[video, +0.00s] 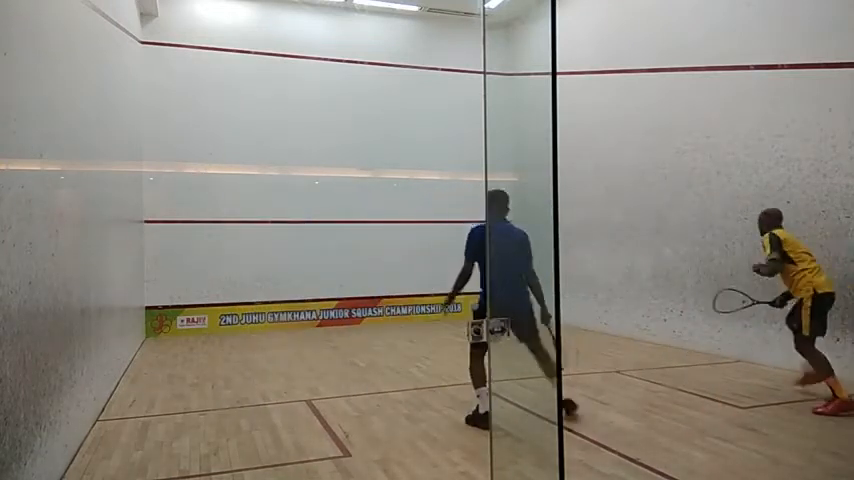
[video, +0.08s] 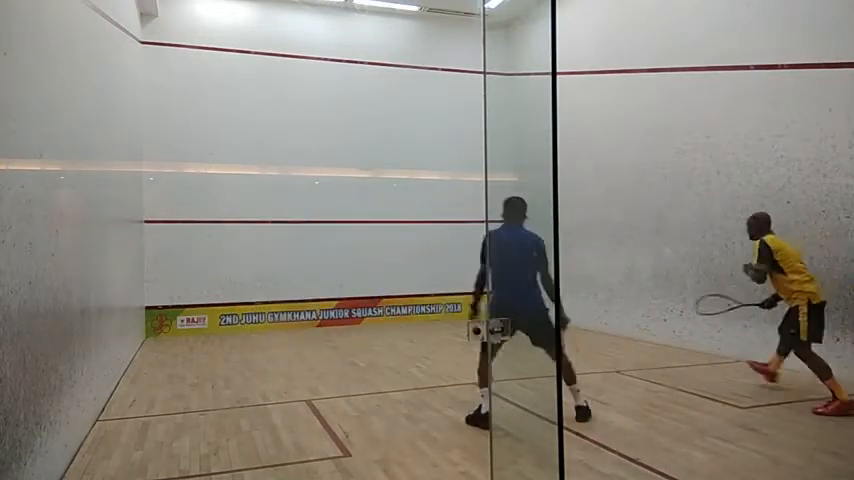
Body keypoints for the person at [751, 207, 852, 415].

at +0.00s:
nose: (759, 226)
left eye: (760, 222)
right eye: (760, 222)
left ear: (765, 222)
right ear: (777, 222)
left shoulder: (772, 236)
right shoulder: (786, 237)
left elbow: (773, 267)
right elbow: (803, 272)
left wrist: (759, 268)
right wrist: (786, 296)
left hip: (814, 292)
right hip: (817, 289)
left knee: (803, 345)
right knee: (793, 322)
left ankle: (841, 397)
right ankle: (817, 370)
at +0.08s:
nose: (748, 233)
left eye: (749, 228)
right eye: (748, 228)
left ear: (754, 228)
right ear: (767, 227)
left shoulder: (764, 243)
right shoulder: (776, 242)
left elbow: (759, 276)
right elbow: (792, 278)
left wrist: (749, 267)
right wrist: (774, 299)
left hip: (806, 299)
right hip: (803, 299)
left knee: (801, 349)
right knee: (786, 334)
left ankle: (841, 398)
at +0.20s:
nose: (737, 234)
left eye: (740, 229)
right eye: (737, 230)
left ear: (749, 229)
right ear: (755, 229)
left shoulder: (757, 246)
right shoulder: (766, 245)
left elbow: (753, 275)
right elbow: (774, 279)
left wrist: (736, 272)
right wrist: (760, 301)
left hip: (793, 305)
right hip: (784, 305)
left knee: (799, 348)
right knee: (767, 333)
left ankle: (841, 398)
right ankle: (757, 373)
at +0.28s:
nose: (723, 229)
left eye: (726, 225)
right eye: (723, 225)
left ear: (736, 225)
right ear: (740, 225)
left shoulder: (744, 243)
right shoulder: (748, 243)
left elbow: (753, 272)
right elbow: (758, 277)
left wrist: (729, 275)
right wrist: (748, 299)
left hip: (775, 300)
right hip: (765, 301)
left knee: (786, 342)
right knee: (749, 327)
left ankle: (827, 387)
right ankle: (752, 373)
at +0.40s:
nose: (711, 221)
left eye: (713, 217)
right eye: (711, 217)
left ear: (725, 217)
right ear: (726, 218)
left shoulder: (733, 235)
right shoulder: (732, 236)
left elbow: (745, 263)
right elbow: (746, 268)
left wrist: (719, 270)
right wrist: (741, 292)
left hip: (760, 293)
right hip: (749, 294)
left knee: (761, 336)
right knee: (742, 328)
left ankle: (808, 375)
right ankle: (751, 373)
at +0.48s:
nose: (700, 216)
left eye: (702, 212)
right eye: (700, 212)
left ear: (712, 213)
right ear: (715, 212)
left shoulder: (721, 230)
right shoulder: (719, 231)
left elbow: (732, 259)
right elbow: (732, 263)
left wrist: (707, 265)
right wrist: (731, 290)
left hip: (746, 288)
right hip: (737, 289)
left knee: (743, 331)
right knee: (730, 323)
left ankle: (782, 366)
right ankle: (747, 367)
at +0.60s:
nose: (689, 218)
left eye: (691, 215)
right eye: (689, 215)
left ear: (699, 216)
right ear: (706, 215)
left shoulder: (707, 233)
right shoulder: (715, 232)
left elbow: (715, 262)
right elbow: (721, 261)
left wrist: (691, 264)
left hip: (733, 291)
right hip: (723, 290)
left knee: (734, 331)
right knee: (707, 317)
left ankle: (766, 367)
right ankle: (729, 356)